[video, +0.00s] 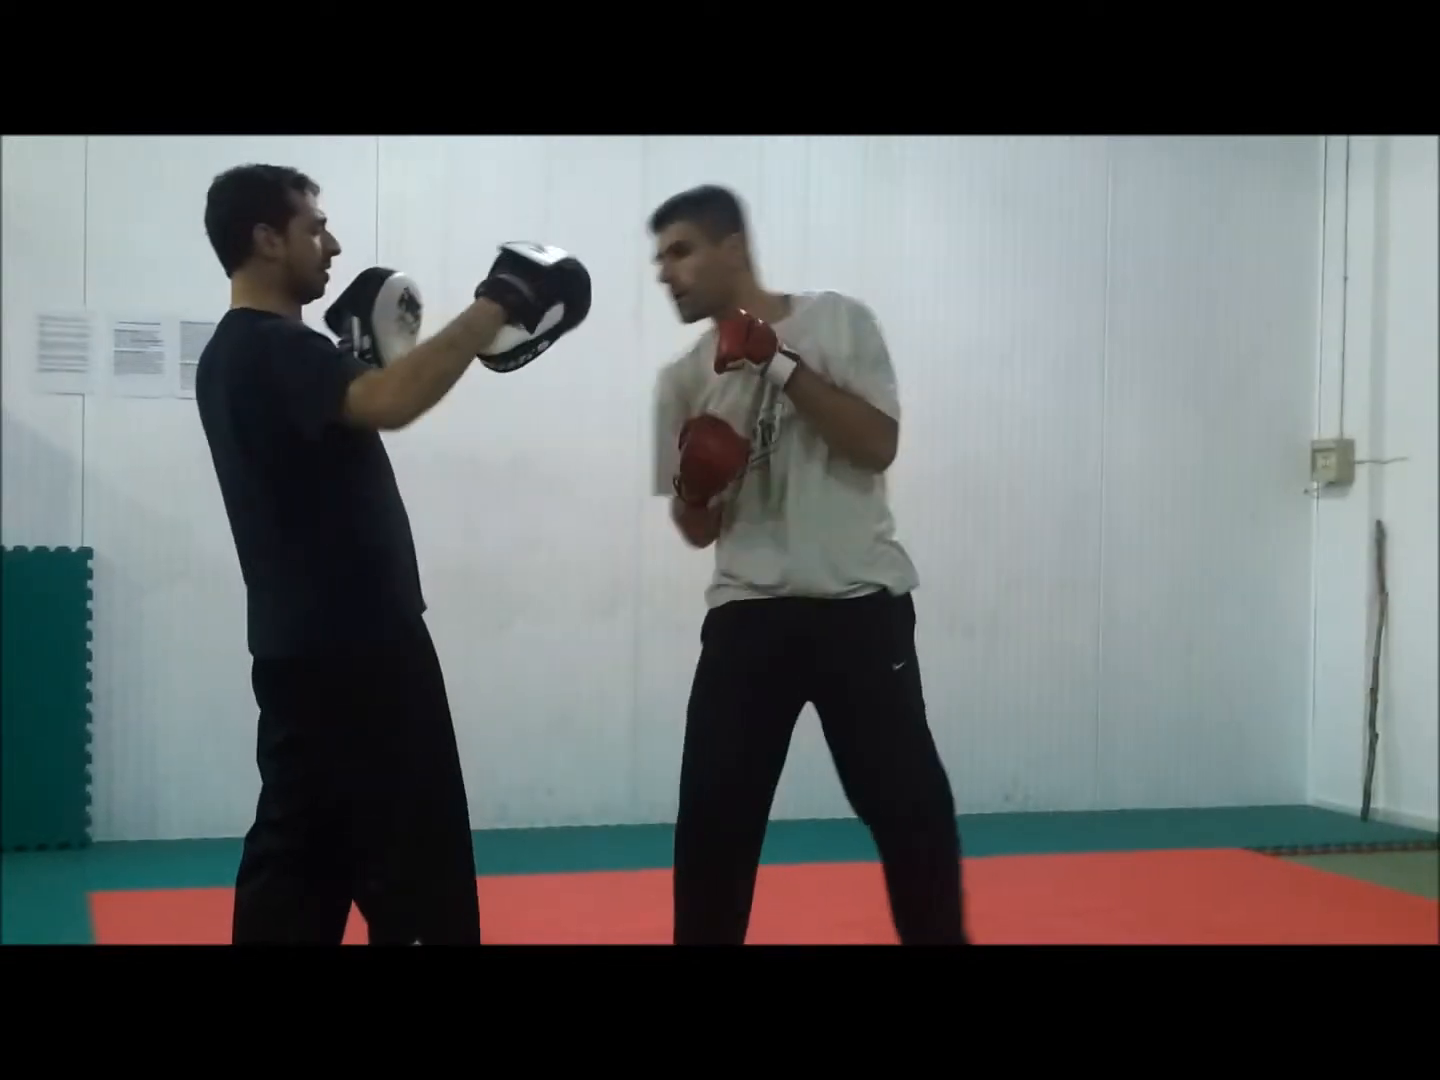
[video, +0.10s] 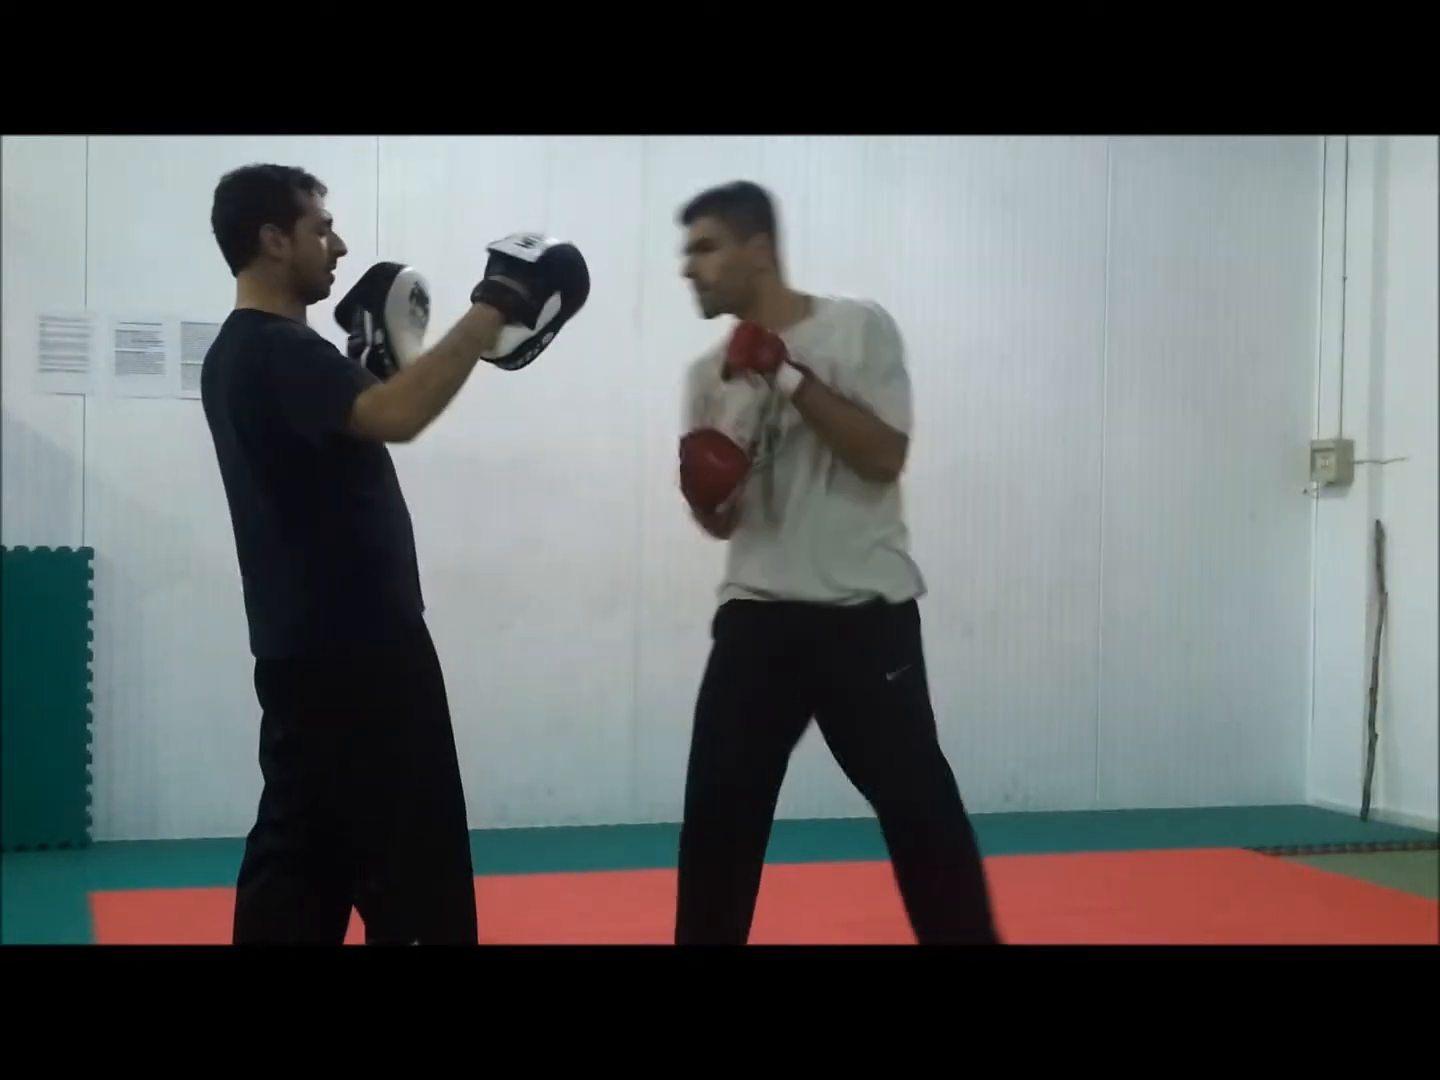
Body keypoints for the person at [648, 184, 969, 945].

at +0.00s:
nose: (664, 272)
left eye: (678, 252)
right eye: (660, 259)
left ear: (733, 247)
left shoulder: (837, 321)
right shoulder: (681, 379)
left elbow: (879, 445)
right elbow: (696, 530)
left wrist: (781, 362)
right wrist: (700, 483)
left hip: (860, 608)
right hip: (748, 612)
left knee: (913, 818)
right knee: (712, 827)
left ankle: (940, 944)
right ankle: (703, 948)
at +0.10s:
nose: (687, 268)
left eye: (702, 249)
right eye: (686, 254)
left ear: (759, 249)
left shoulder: (860, 329)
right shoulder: (709, 374)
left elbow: (883, 457)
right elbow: (717, 521)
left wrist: (785, 373)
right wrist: (712, 488)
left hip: (866, 621)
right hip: (758, 622)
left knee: (924, 823)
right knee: (716, 831)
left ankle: (967, 943)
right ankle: (705, 945)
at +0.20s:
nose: (735, 278)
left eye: (751, 259)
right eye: (736, 261)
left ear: (808, 263)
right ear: (796, 268)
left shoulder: (899, 353)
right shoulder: (768, 378)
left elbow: (906, 491)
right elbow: (785, 526)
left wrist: (809, 405)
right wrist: (745, 507)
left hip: (889, 643)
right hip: (787, 638)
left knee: (935, 834)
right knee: (723, 826)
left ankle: (1001, 945)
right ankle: (711, 945)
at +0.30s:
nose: (769, 287)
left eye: (786, 270)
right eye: (771, 271)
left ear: (844, 277)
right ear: (824, 284)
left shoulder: (930, 376)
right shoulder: (813, 398)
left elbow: (928, 521)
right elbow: (817, 534)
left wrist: (831, 436)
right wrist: (765, 521)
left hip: (914, 665)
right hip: (813, 658)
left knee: (951, 849)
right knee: (733, 836)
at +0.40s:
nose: (811, 265)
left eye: (828, 246)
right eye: (813, 248)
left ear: (885, 255)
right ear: (867, 260)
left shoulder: (957, 359)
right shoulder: (861, 375)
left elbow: (957, 508)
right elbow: (877, 510)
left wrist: (863, 414)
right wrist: (815, 482)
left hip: (952, 651)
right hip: (858, 642)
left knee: (973, 849)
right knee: (768, 830)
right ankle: (727, 943)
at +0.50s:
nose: (840, 299)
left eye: (855, 282)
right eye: (838, 283)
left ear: (911, 284)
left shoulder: (976, 368)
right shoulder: (859, 383)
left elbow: (947, 501)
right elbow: (823, 511)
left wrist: (870, 406)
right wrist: (806, 421)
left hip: (958, 658)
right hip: (860, 658)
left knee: (991, 865)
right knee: (814, 853)